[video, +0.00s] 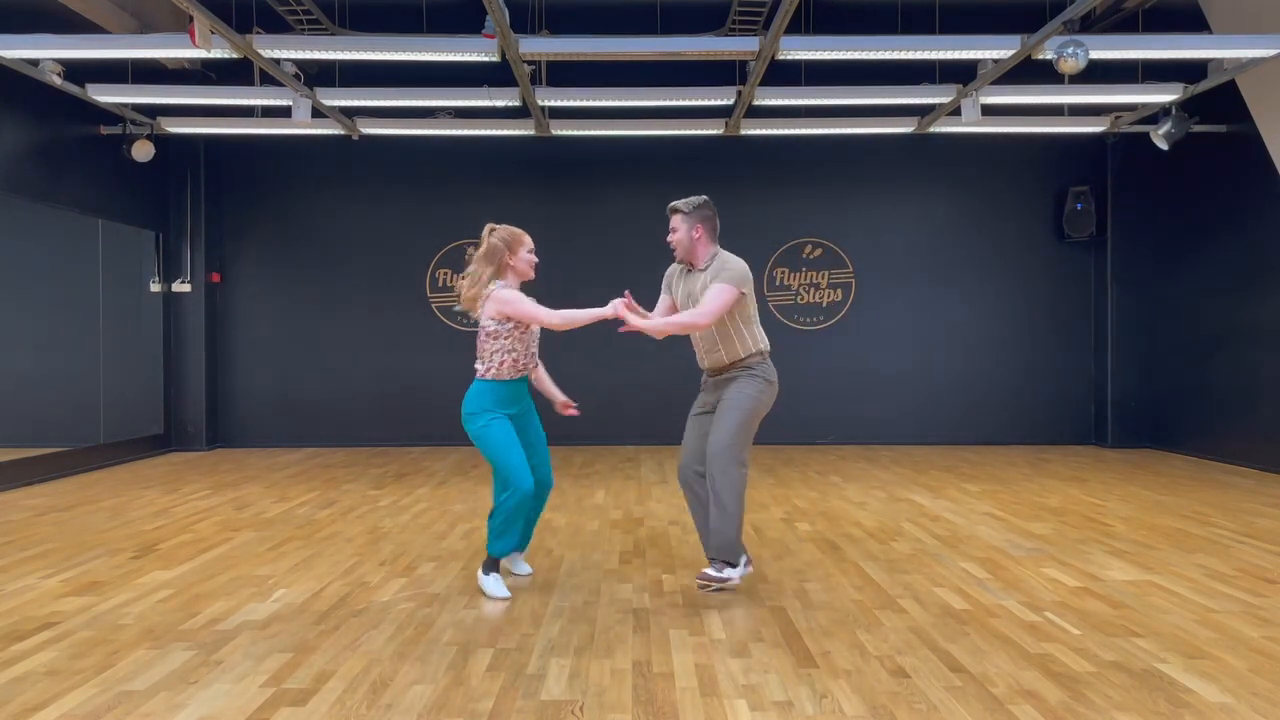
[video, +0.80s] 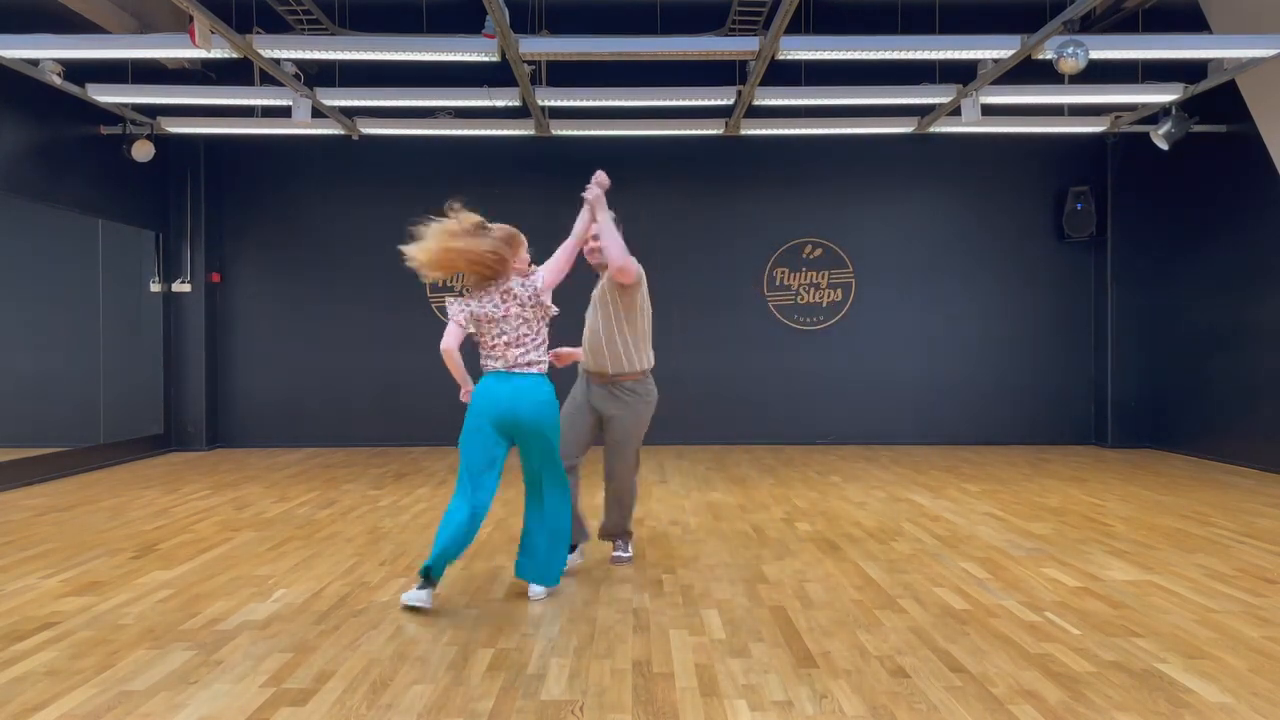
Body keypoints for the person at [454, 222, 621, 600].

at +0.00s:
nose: (535, 258)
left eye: (534, 251)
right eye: (529, 252)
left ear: (512, 258)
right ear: (508, 257)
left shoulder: (524, 301)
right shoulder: (499, 296)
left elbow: (532, 362)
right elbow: (554, 319)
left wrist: (557, 397)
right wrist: (608, 311)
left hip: (520, 401)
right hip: (487, 404)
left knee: (542, 481)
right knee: (521, 484)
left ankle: (512, 550)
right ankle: (490, 567)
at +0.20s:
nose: (548, 267)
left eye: (545, 261)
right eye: (540, 263)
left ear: (515, 276)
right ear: (517, 274)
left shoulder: (488, 311)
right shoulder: (546, 311)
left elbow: (476, 366)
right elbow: (596, 347)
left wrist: (495, 400)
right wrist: (637, 336)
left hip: (490, 407)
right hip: (524, 405)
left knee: (543, 468)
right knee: (517, 494)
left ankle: (530, 552)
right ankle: (468, 578)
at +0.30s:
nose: (550, 267)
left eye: (549, 261)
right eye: (542, 262)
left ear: (521, 271)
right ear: (520, 270)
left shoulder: (503, 308)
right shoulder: (538, 305)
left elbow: (494, 366)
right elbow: (591, 323)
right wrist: (620, 299)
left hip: (499, 403)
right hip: (517, 404)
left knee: (547, 479)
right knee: (523, 490)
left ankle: (530, 554)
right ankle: (471, 579)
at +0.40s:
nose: (551, 263)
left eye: (551, 256)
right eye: (543, 256)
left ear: (546, 262)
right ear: (517, 261)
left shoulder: (546, 307)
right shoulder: (502, 295)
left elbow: (555, 359)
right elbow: (519, 258)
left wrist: (555, 398)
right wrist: (564, 216)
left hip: (537, 406)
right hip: (495, 406)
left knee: (553, 481)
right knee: (516, 485)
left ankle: (536, 538)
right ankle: (506, 569)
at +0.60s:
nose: (492, 254)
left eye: (498, 252)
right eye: (496, 249)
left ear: (514, 265)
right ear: (520, 263)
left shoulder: (512, 307)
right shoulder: (521, 291)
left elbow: (520, 360)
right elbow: (523, 245)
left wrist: (511, 402)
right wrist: (522, 200)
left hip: (523, 407)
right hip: (511, 406)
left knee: (506, 498)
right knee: (498, 500)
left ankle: (586, 519)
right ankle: (542, 573)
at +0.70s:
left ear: (489, 259)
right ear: (532, 255)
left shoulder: (480, 304)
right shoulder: (547, 289)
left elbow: (469, 354)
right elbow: (551, 248)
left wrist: (476, 393)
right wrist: (556, 204)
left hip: (508, 399)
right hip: (548, 398)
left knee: (484, 491)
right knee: (530, 494)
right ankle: (542, 576)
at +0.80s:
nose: (529, 257)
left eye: (526, 251)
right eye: (524, 253)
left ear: (485, 263)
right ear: (508, 262)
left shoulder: (469, 300)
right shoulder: (533, 286)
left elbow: (448, 347)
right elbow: (575, 240)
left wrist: (465, 385)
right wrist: (592, 198)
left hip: (489, 392)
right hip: (535, 392)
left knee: (470, 489)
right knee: (545, 483)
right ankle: (538, 577)